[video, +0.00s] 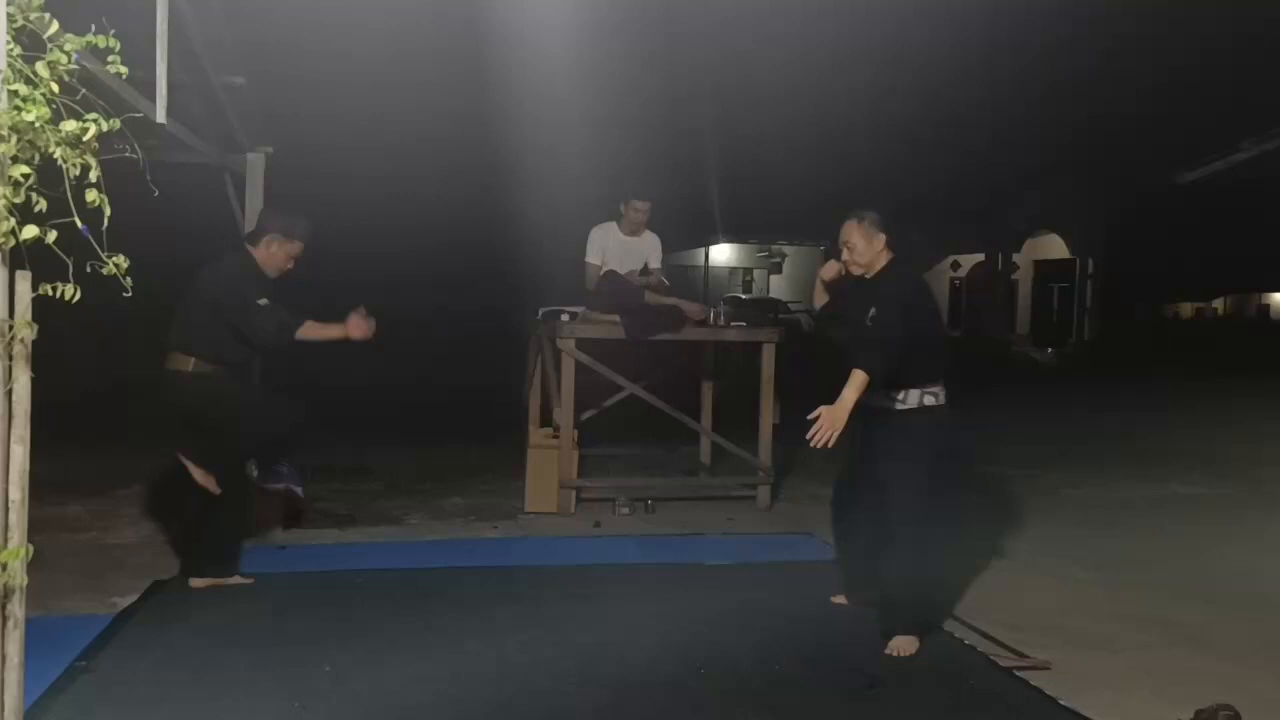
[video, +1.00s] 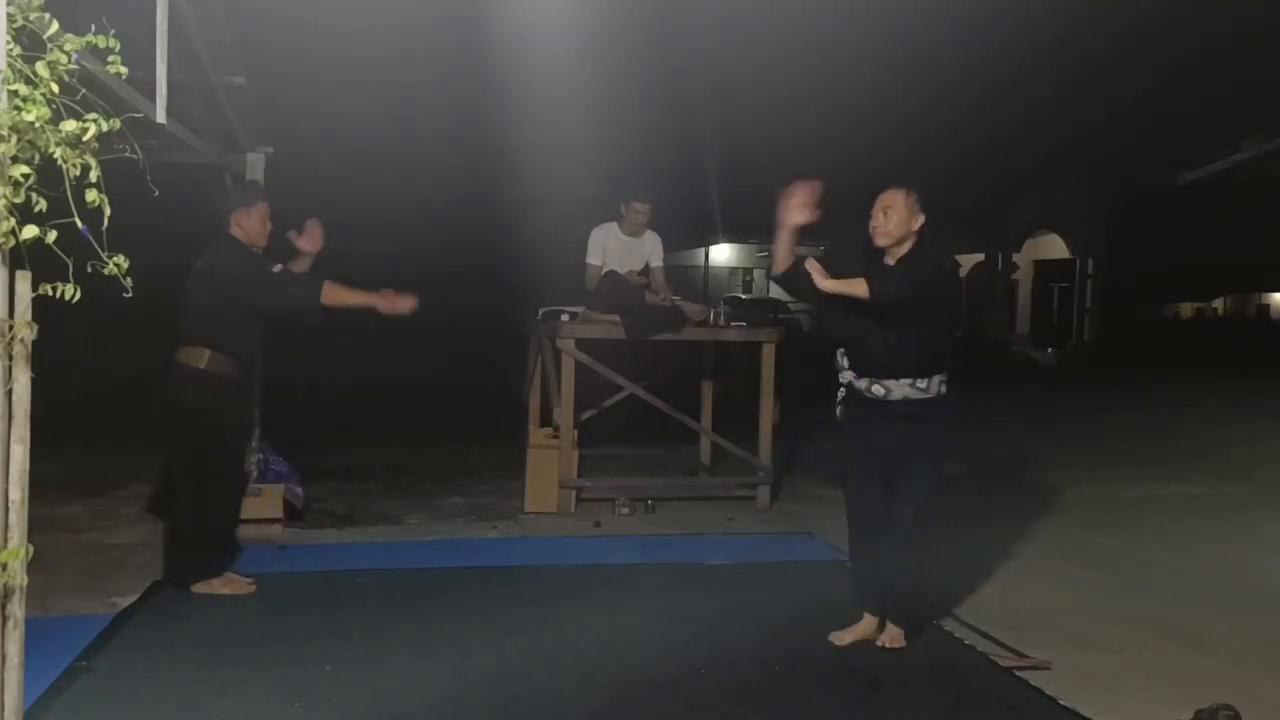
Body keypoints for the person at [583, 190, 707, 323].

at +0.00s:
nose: (640, 218)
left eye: (645, 212)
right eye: (635, 211)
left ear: (649, 214)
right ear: (623, 208)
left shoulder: (652, 240)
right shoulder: (600, 233)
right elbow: (591, 284)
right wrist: (622, 281)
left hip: (635, 302)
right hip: (602, 301)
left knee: (676, 315)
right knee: (610, 278)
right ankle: (677, 303)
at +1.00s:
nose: (641, 219)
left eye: (646, 214)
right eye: (636, 212)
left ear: (650, 215)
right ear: (623, 210)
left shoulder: (653, 240)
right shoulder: (601, 234)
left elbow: (659, 283)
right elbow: (591, 284)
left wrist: (664, 294)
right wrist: (623, 280)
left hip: (636, 299)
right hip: (602, 300)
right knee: (611, 278)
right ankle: (678, 311)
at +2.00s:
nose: (640, 219)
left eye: (645, 214)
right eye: (635, 213)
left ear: (650, 215)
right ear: (623, 210)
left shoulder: (653, 240)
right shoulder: (601, 234)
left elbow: (659, 282)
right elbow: (591, 285)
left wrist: (665, 296)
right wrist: (623, 281)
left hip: (636, 301)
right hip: (602, 300)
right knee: (611, 278)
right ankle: (661, 304)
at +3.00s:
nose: (641, 219)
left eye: (646, 214)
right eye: (636, 212)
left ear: (650, 214)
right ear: (623, 210)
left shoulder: (653, 239)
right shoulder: (601, 234)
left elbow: (658, 282)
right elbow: (591, 284)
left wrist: (664, 295)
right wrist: (623, 281)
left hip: (636, 300)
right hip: (603, 299)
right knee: (610, 278)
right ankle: (676, 308)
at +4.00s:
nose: (641, 219)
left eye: (645, 214)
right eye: (635, 212)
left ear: (650, 214)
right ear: (623, 209)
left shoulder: (653, 240)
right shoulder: (601, 234)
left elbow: (658, 282)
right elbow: (592, 285)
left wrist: (664, 294)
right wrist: (622, 280)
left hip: (635, 298)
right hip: (602, 300)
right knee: (611, 278)